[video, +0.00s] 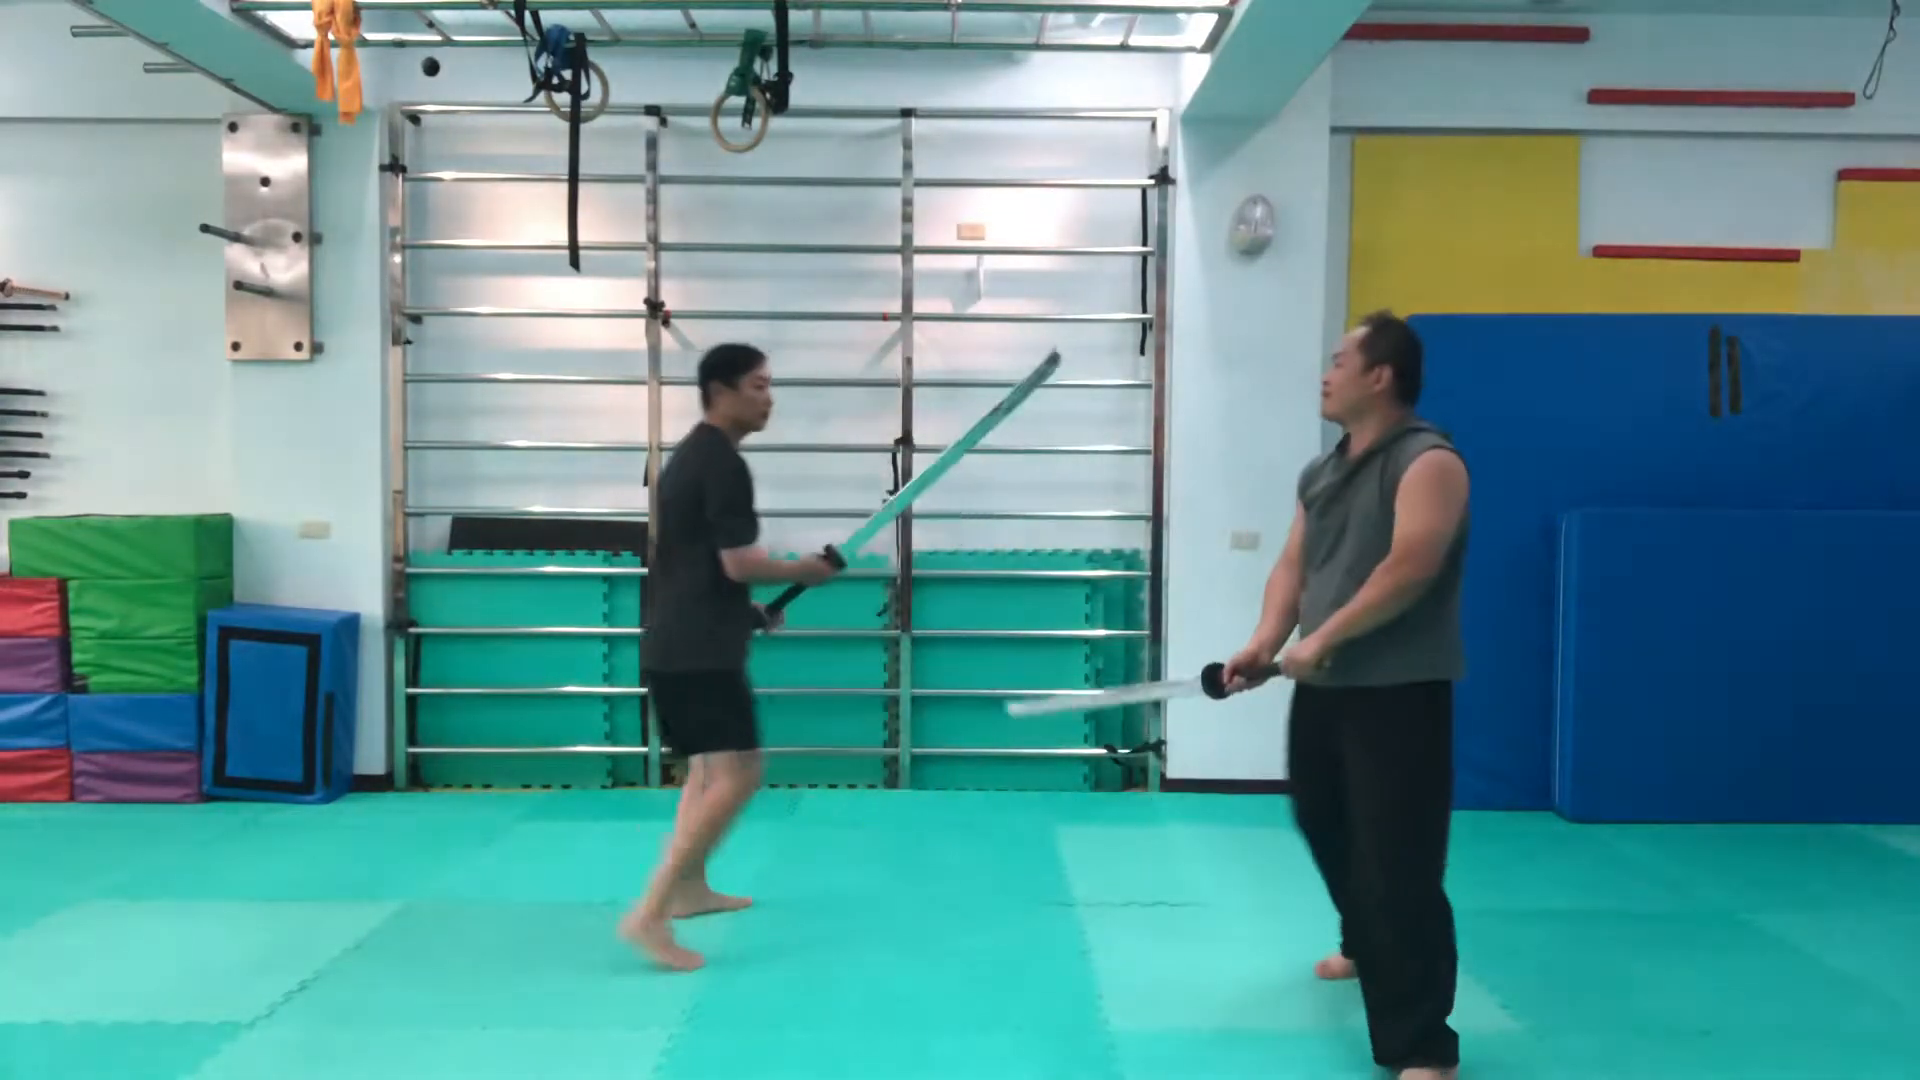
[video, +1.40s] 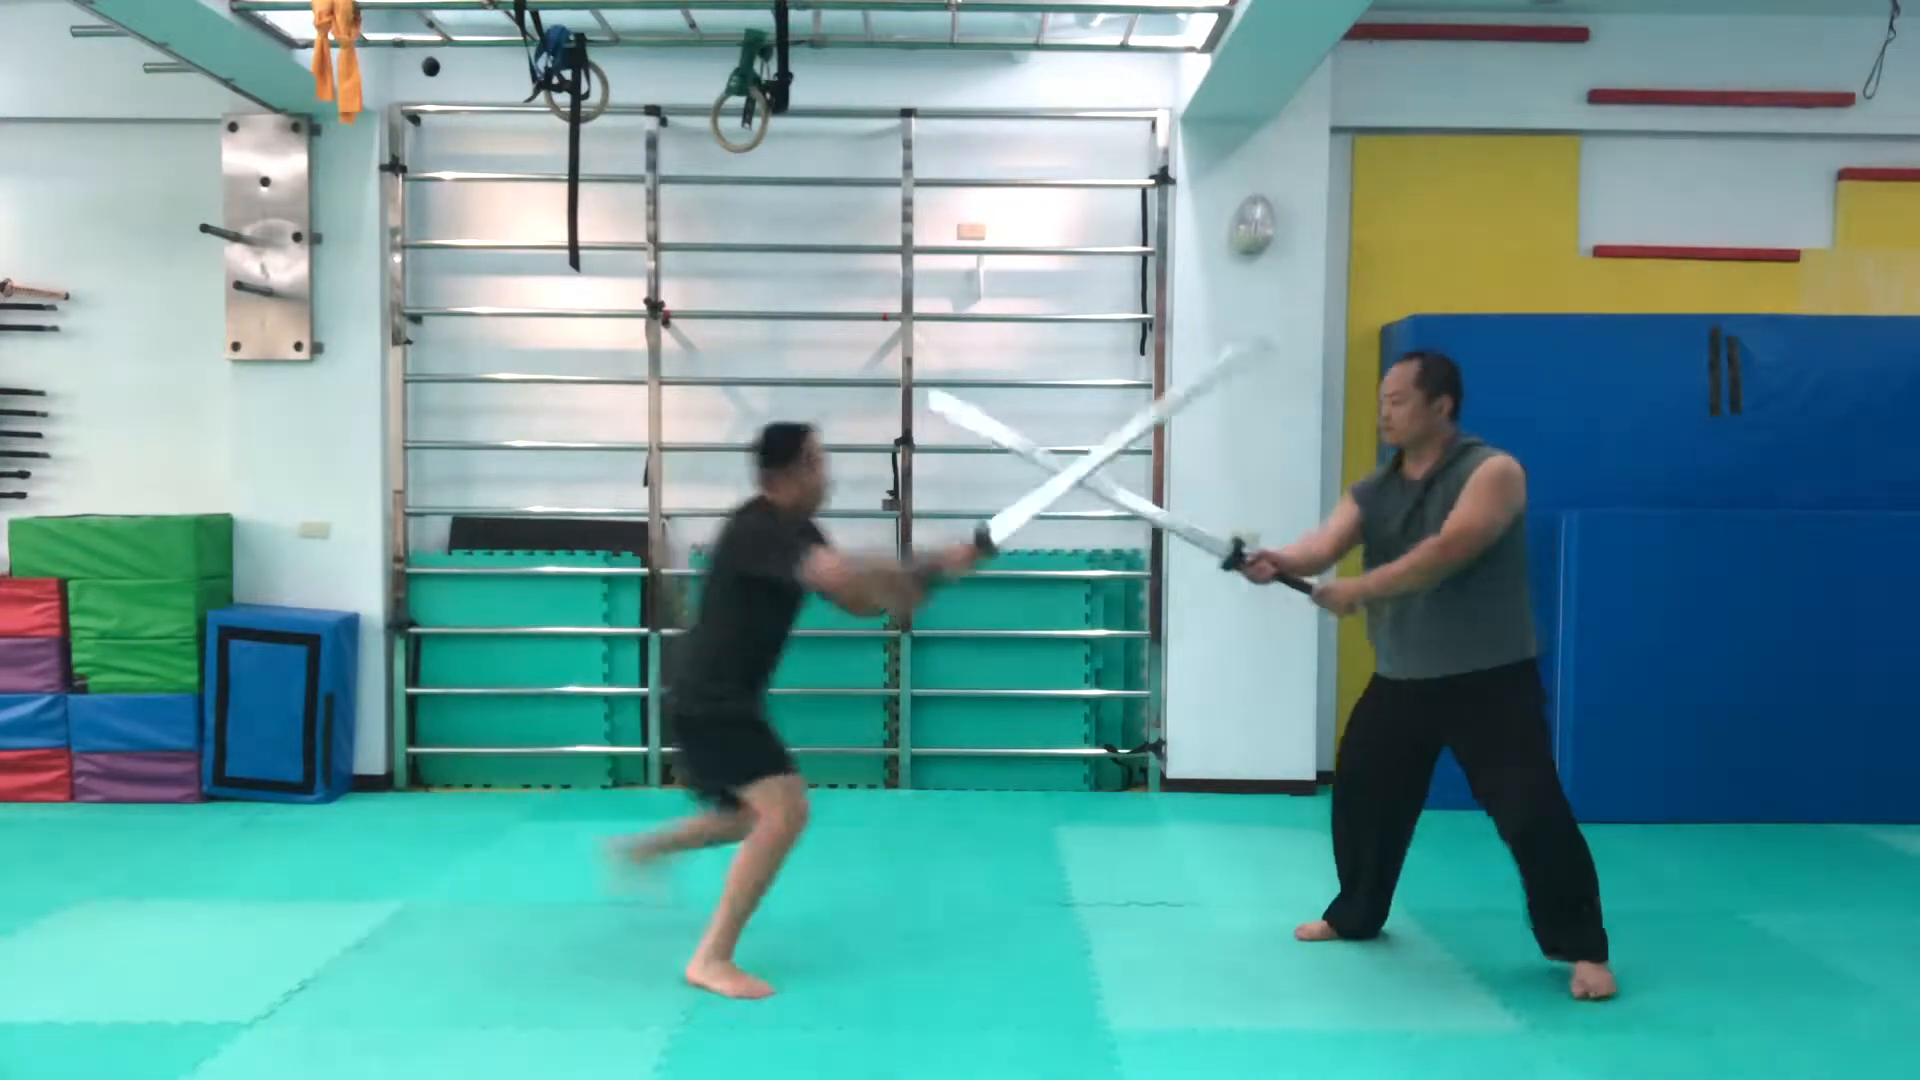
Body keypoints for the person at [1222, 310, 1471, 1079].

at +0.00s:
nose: (1325, 375)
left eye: (1339, 364)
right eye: (1330, 363)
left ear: (1383, 378)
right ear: (1363, 378)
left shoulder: (1430, 462)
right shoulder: (1323, 472)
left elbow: (1411, 567)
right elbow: (1292, 567)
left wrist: (1323, 638)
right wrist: (1265, 642)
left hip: (1401, 695)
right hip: (1325, 689)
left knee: (1396, 869)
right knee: (1323, 820)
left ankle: (1421, 1049)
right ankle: (1367, 941)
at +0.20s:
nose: (1320, 379)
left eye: (1334, 367)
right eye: (1323, 367)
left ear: (1380, 377)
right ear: (1362, 380)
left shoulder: (1437, 454)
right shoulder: (1323, 469)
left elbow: (1437, 559)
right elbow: (1303, 559)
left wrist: (1360, 630)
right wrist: (1279, 632)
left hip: (1429, 675)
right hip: (1352, 676)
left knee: (1443, 832)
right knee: (1357, 816)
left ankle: (1484, 1004)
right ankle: (1383, 950)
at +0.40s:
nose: (1363, 373)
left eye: (1376, 362)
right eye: (1363, 362)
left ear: (1421, 373)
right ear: (1385, 374)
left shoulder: (1471, 451)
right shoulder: (1359, 462)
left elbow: (1472, 552)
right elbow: (1338, 548)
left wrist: (1394, 621)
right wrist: (1316, 608)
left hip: (1456, 668)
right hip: (1372, 669)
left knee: (1494, 813)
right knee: (1365, 812)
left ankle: (1576, 941)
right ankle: (1377, 951)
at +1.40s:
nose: (1384, 413)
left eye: (1396, 402)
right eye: (1382, 402)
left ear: (1441, 407)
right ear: (1385, 410)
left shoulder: (1494, 473)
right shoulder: (1375, 490)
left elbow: (1447, 552)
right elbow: (1325, 543)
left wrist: (1360, 587)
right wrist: (1282, 561)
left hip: (1492, 684)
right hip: (1402, 684)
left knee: (1534, 815)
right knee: (1364, 791)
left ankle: (1586, 953)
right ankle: (1356, 915)